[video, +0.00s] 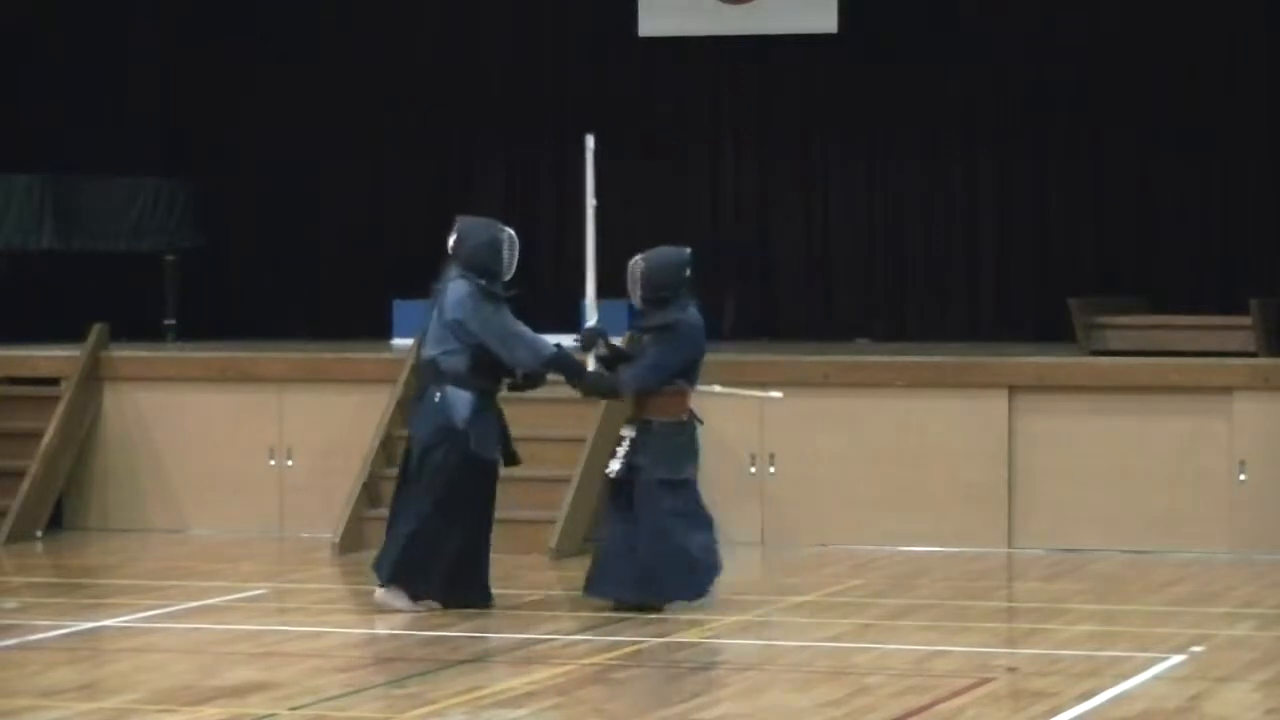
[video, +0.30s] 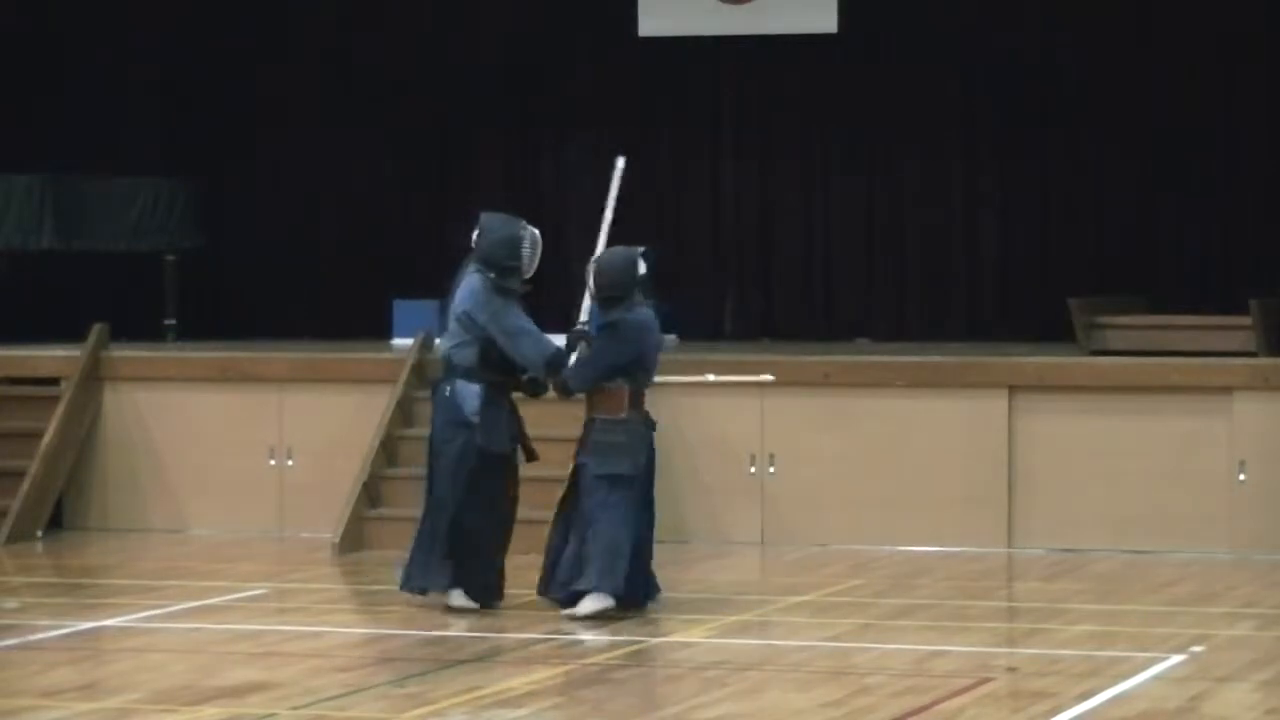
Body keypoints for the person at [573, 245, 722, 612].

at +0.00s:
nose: (636, 290)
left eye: (642, 283)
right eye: (637, 283)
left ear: (658, 285)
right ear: (671, 283)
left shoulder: (683, 328)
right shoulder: (653, 322)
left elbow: (647, 373)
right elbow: (630, 360)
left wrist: (613, 380)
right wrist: (604, 349)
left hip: (668, 432)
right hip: (644, 428)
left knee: (661, 505)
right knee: (631, 502)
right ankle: (636, 587)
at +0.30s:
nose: (592, 286)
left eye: (595, 280)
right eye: (593, 280)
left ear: (603, 284)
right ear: (633, 282)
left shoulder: (623, 327)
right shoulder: (640, 321)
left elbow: (580, 375)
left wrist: (565, 377)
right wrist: (581, 342)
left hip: (613, 427)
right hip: (627, 423)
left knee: (605, 504)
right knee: (622, 504)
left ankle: (603, 587)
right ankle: (633, 583)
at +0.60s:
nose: (572, 285)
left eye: (575, 279)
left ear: (580, 282)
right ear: (613, 281)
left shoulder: (576, 322)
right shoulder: (641, 325)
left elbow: (548, 366)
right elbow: (650, 369)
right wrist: (614, 374)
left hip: (582, 420)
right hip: (624, 421)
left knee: (573, 504)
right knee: (617, 505)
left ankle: (588, 596)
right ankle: (625, 588)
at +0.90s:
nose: (581, 283)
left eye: (583, 278)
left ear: (586, 282)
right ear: (623, 282)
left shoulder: (574, 325)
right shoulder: (646, 327)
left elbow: (548, 365)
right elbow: (652, 371)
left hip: (582, 424)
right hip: (630, 426)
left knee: (577, 512)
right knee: (634, 510)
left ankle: (578, 603)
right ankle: (648, 590)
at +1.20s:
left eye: (605, 276)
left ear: (608, 278)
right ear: (644, 279)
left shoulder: (593, 318)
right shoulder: (666, 320)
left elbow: (570, 363)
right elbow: (675, 364)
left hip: (604, 421)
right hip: (653, 421)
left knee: (600, 510)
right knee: (651, 512)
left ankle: (599, 604)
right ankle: (646, 607)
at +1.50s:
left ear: (616, 283)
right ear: (648, 283)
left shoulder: (600, 320)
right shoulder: (669, 319)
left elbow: (575, 358)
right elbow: (686, 363)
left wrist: (555, 313)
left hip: (613, 421)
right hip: (660, 422)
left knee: (616, 509)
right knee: (665, 514)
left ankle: (640, 584)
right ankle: (662, 610)